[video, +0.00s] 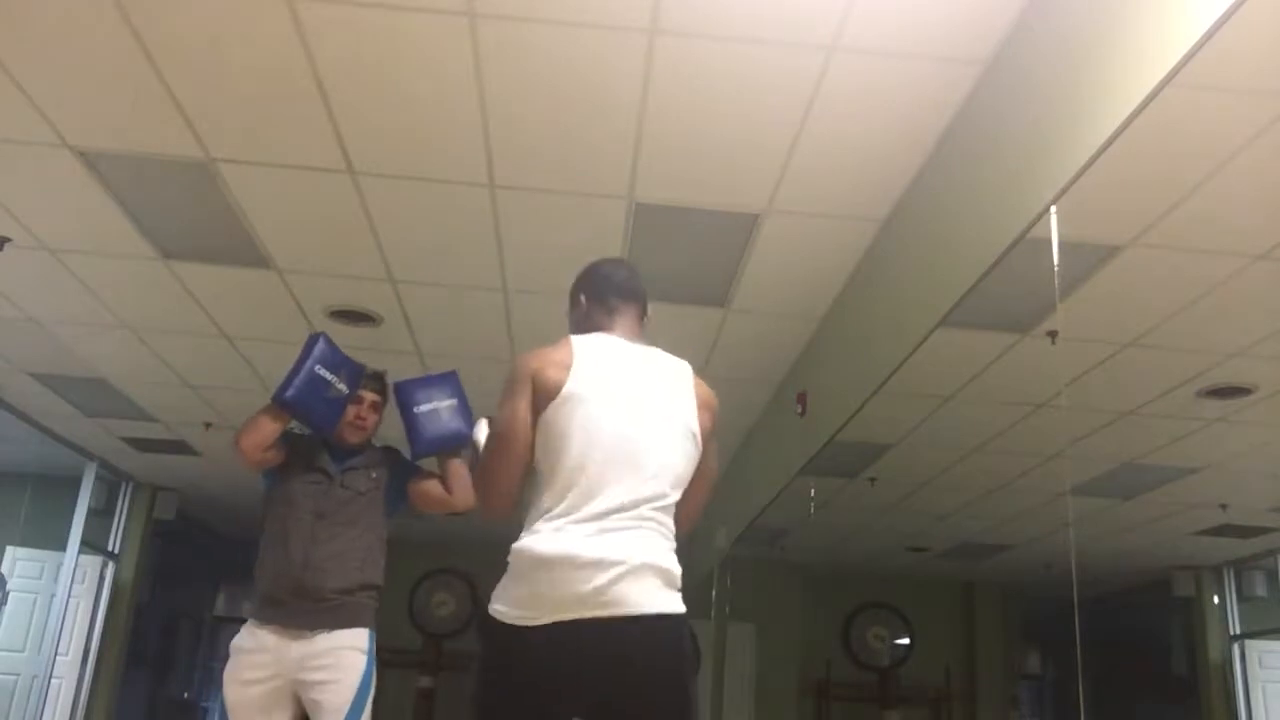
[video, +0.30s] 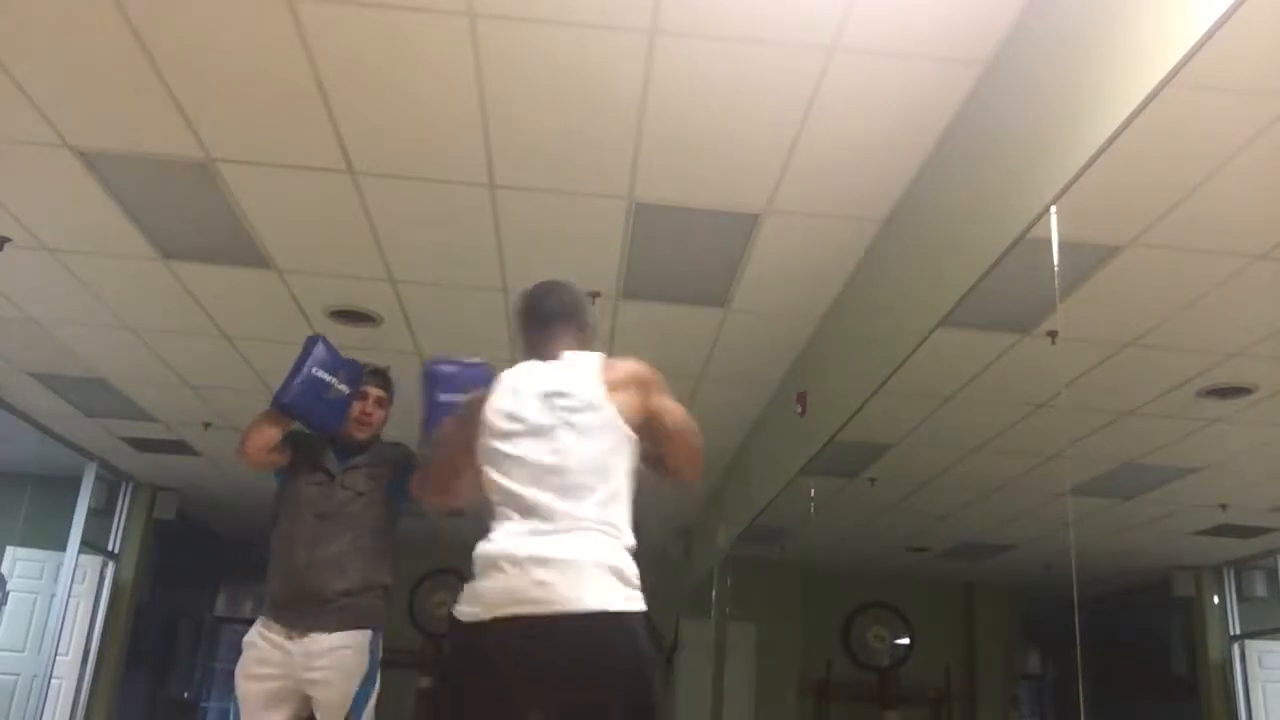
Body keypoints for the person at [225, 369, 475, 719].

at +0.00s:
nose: (362, 413)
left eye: (373, 407)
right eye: (355, 401)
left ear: (381, 418)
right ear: (332, 403)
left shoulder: (387, 466)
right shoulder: (295, 450)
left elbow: (460, 500)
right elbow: (248, 446)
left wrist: (446, 431)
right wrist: (300, 393)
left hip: (341, 642)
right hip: (265, 637)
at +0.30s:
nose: (367, 409)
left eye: (379, 402)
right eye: (360, 397)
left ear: (388, 415)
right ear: (339, 400)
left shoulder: (393, 460)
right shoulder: (304, 447)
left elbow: (446, 495)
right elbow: (253, 449)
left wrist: (453, 430)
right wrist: (301, 393)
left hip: (345, 638)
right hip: (274, 634)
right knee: (255, 710)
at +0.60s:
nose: (319, 424)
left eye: (331, 416)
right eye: (309, 414)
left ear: (341, 427)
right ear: (293, 421)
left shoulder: (357, 476)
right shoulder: (266, 472)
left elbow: (405, 533)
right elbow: (202, 495)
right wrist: (237, 431)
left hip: (328, 648)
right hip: (258, 646)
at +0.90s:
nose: (344, 422)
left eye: (355, 416)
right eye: (336, 411)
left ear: (362, 427)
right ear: (317, 418)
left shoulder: (376, 476)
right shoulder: (279, 469)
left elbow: (415, 548)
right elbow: (211, 536)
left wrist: (389, 600)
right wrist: (246, 471)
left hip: (335, 641)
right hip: (265, 640)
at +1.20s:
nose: (421, 443)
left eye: (432, 437)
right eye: (415, 430)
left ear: (439, 448)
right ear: (395, 432)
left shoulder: (446, 500)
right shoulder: (348, 480)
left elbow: (478, 575)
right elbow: (289, 552)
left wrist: (436, 625)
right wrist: (324, 538)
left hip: (396, 664)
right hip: (325, 654)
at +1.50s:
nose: (458, 444)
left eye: (468, 437)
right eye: (452, 434)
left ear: (481, 445)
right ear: (439, 437)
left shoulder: (485, 491)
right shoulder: (403, 483)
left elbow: (499, 564)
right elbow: (342, 552)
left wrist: (470, 628)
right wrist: (391, 513)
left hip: (445, 645)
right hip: (390, 642)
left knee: (438, 713)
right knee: (380, 713)